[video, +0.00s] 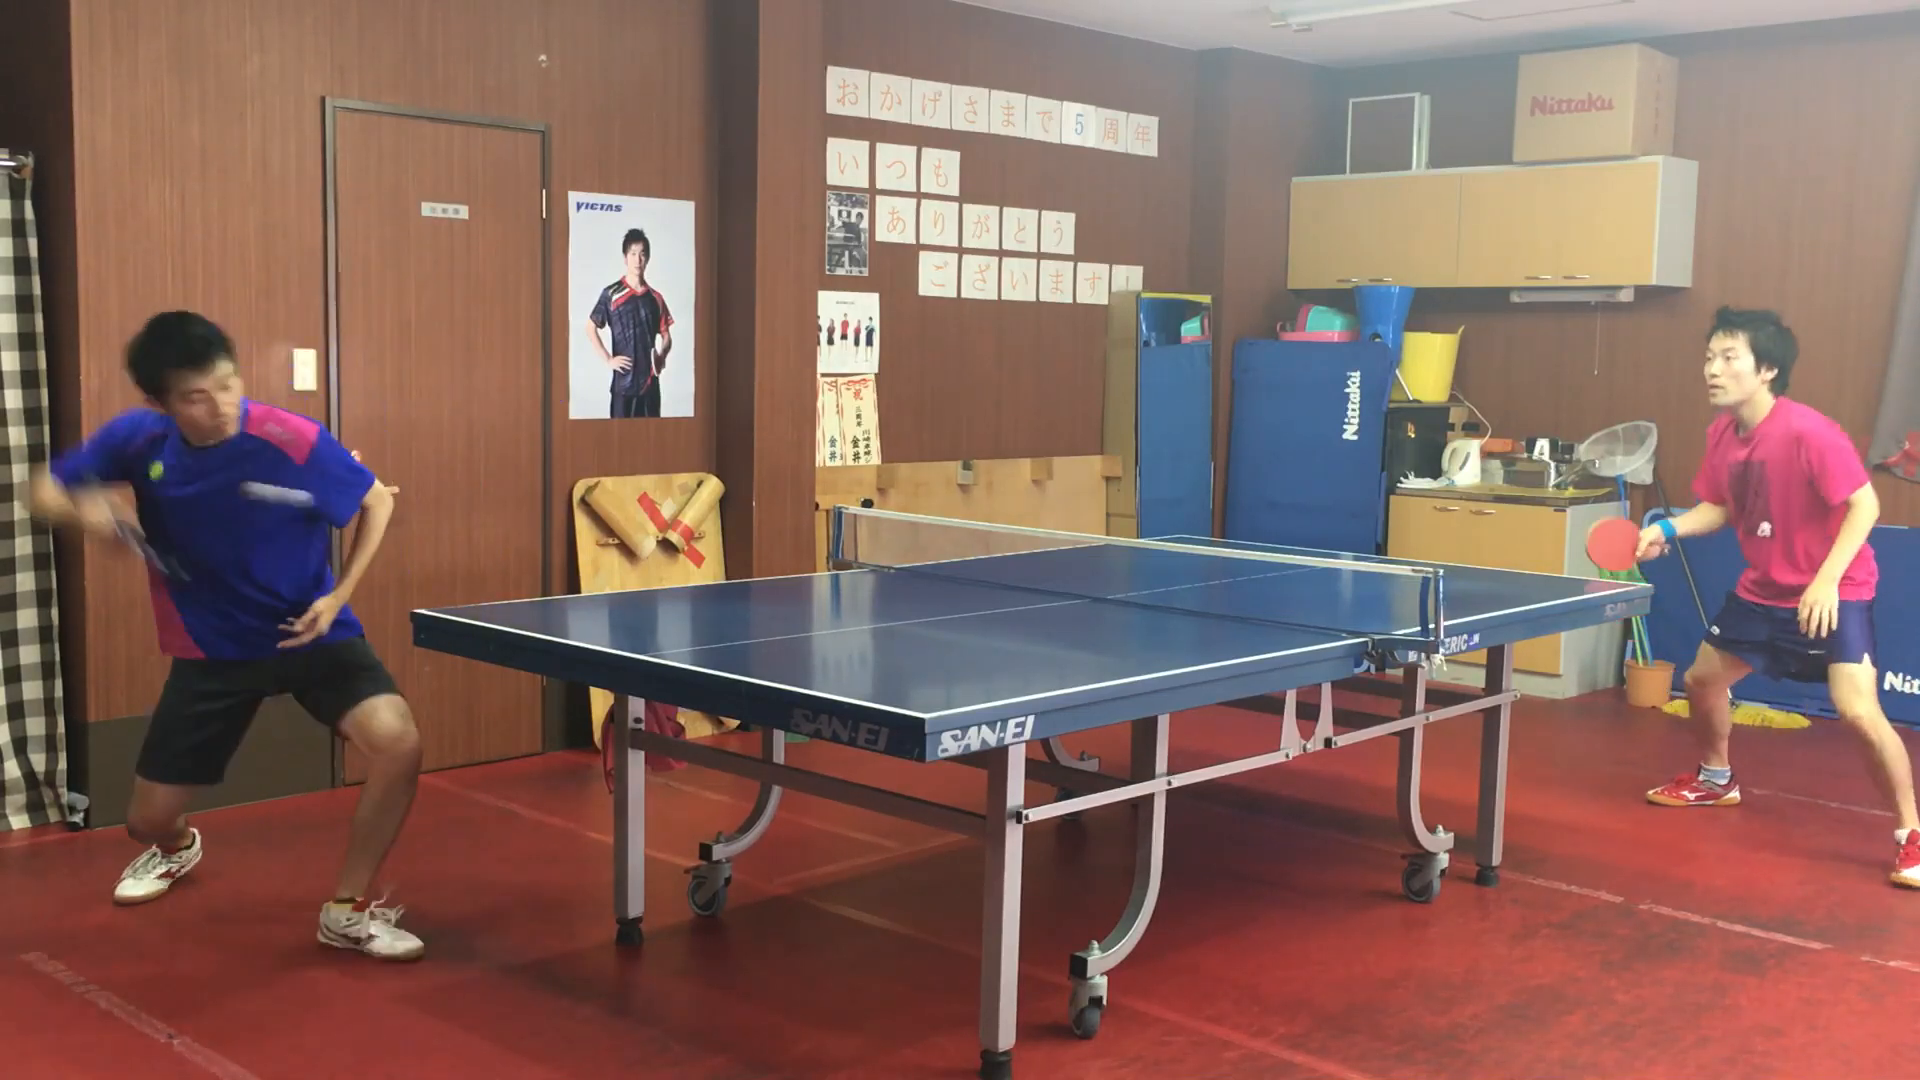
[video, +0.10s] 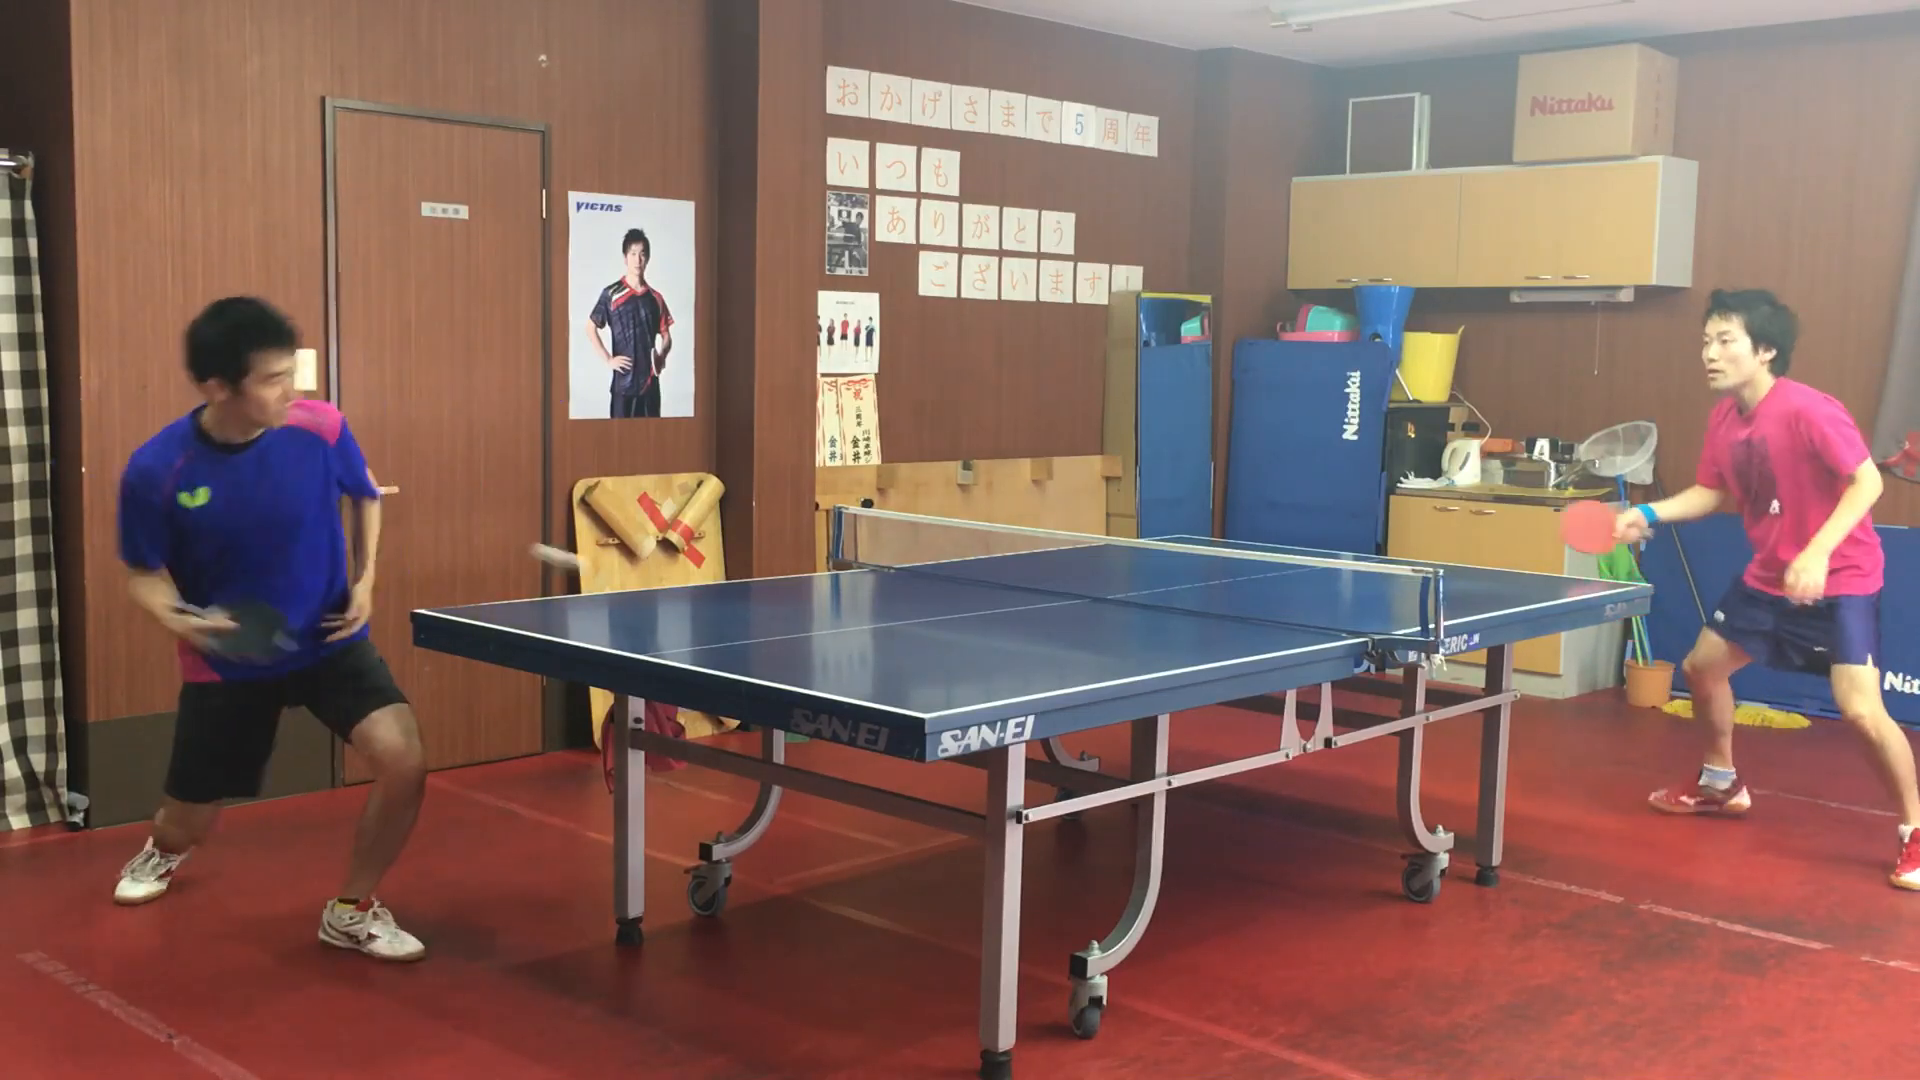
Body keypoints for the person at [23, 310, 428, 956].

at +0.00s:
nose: (218, 407)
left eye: (225, 388)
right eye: (196, 397)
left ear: (238, 374)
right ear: (162, 401)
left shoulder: (290, 439)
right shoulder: (135, 440)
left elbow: (378, 498)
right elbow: (40, 490)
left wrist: (340, 594)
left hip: (313, 638)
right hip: (209, 654)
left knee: (398, 742)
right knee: (150, 817)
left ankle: (348, 907)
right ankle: (178, 849)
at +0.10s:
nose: (291, 389)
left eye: (292, 373)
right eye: (275, 378)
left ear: (296, 368)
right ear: (217, 388)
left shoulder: (322, 429)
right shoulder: (156, 470)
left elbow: (365, 495)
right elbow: (144, 572)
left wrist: (365, 578)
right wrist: (175, 615)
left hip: (329, 644)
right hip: (226, 663)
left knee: (403, 759)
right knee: (184, 825)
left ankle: (354, 906)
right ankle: (166, 849)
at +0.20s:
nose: (345, 358)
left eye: (344, 341)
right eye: (332, 342)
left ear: (283, 354)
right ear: (275, 354)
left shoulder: (329, 417)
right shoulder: (191, 445)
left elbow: (335, 486)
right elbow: (157, 568)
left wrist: (365, 553)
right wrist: (250, 609)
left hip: (317, 638)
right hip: (219, 659)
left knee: (411, 766)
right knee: (209, 844)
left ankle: (354, 909)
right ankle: (158, 825)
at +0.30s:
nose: (365, 325)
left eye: (366, 308)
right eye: (357, 307)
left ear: (309, 316)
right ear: (306, 315)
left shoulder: (324, 391)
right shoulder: (205, 401)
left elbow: (310, 484)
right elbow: (153, 532)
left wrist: (343, 540)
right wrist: (268, 571)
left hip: (288, 618)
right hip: (198, 629)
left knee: (387, 757)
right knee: (220, 822)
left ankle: (353, 908)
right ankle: (133, 853)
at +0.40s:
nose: (364, 300)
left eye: (364, 282)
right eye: (356, 282)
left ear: (308, 284)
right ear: (305, 283)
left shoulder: (306, 368)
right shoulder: (203, 367)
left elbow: (272, 476)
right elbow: (150, 509)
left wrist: (322, 539)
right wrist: (273, 560)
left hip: (239, 600)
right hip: (156, 600)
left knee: (332, 745)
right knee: (190, 795)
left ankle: (323, 911)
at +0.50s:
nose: (348, 311)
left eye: (347, 293)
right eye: (339, 293)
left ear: (290, 302)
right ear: (289, 301)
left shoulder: (279, 382)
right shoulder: (194, 384)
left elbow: (244, 498)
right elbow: (153, 534)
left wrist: (318, 556)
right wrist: (291, 570)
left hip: (195, 624)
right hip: (124, 627)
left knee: (283, 751)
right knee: (134, 830)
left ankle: (239, 930)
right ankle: (41, 1056)